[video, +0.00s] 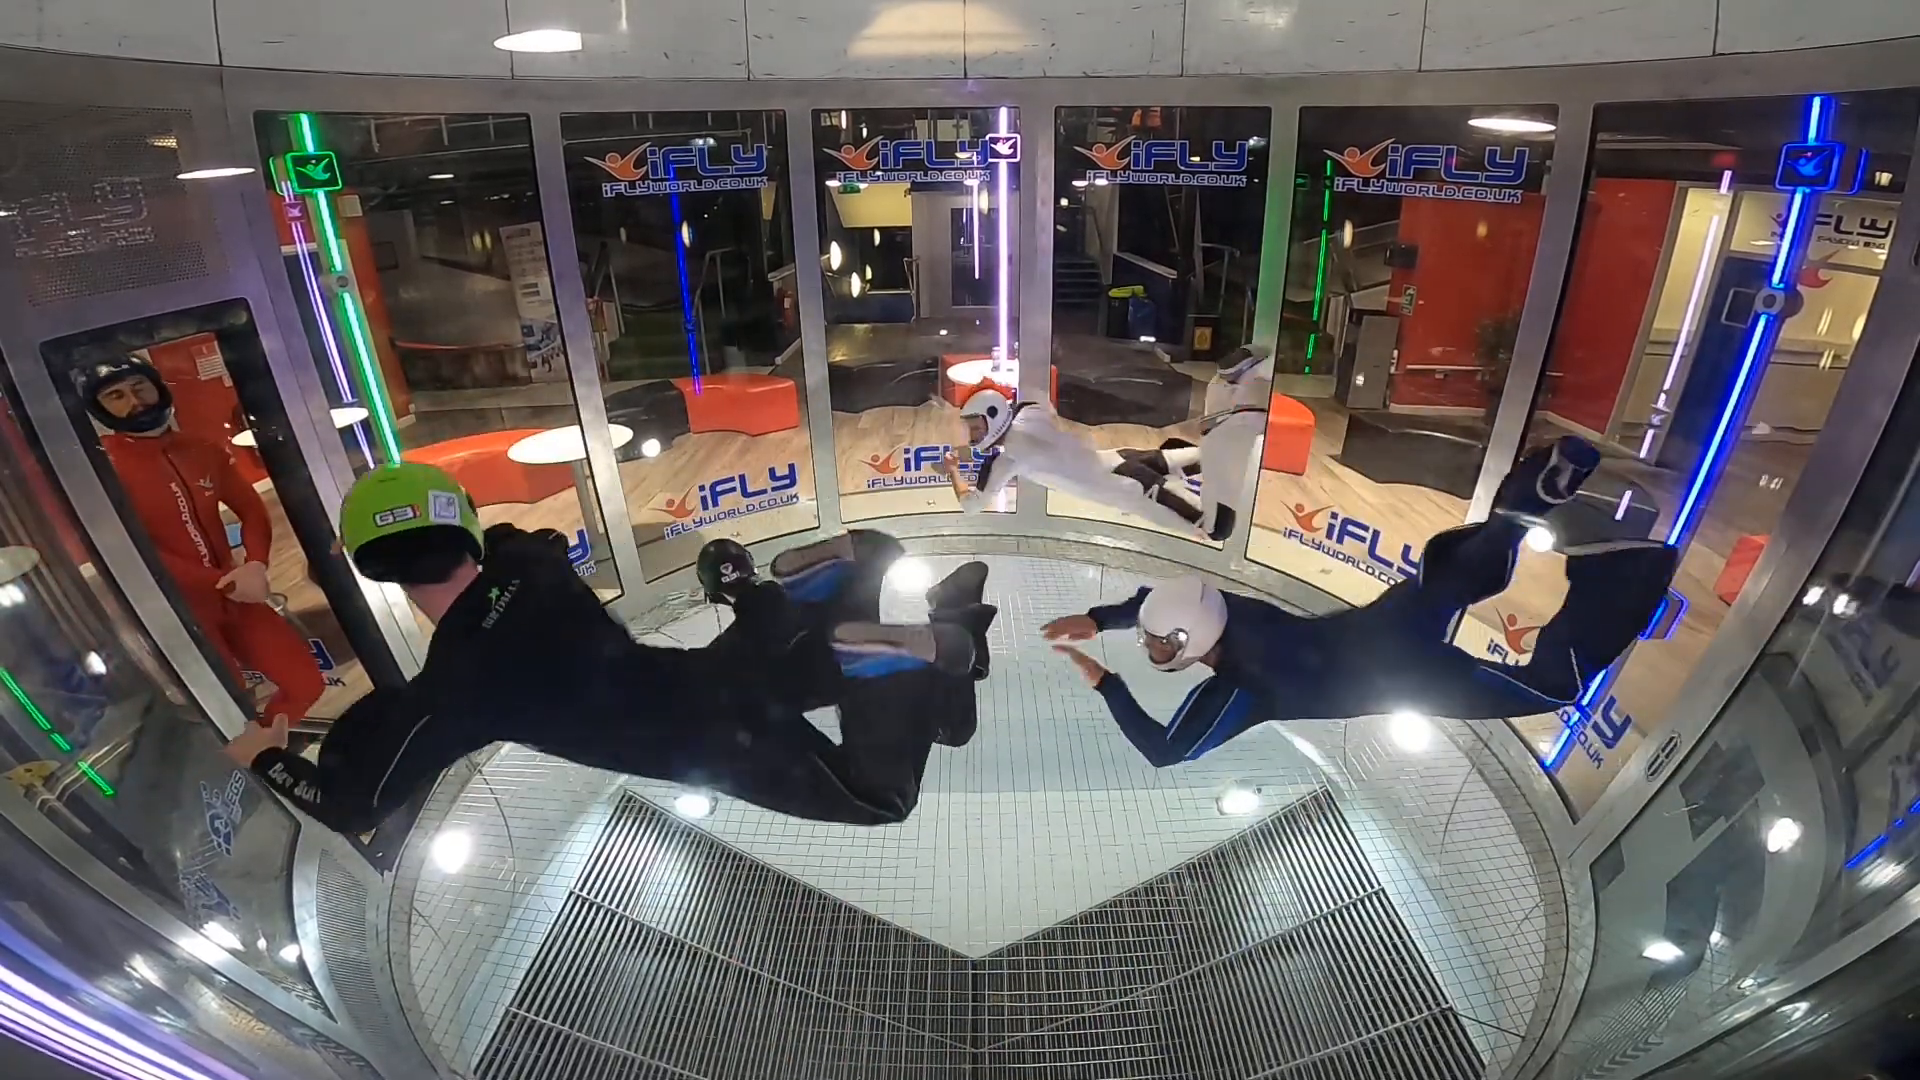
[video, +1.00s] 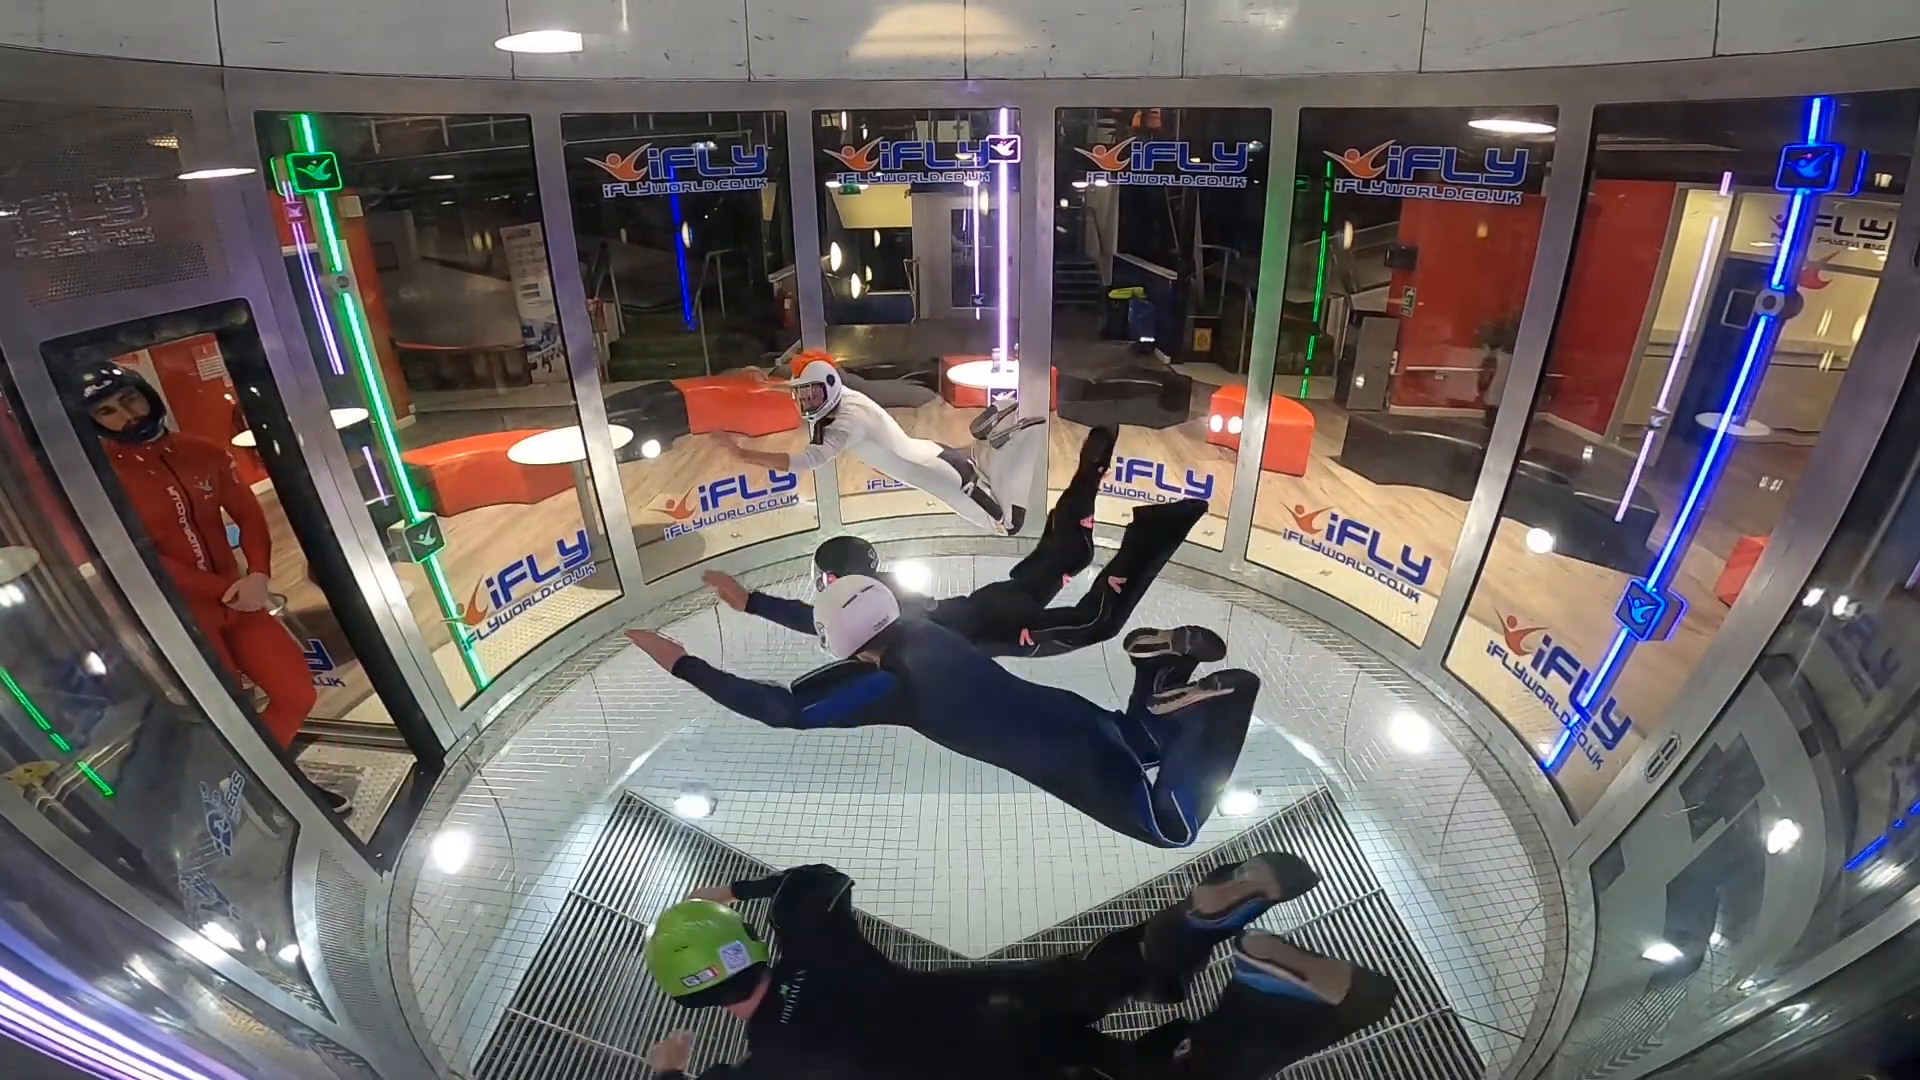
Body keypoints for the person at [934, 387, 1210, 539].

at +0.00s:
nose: (971, 433)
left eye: (975, 426)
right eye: (968, 426)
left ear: (994, 421)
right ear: (999, 414)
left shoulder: (1009, 456)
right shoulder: (1031, 413)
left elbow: (971, 504)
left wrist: (953, 474)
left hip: (1116, 483)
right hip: (1116, 457)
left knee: (1208, 524)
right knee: (1166, 458)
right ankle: (1221, 454)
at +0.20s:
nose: (915, 410)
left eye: (920, 401)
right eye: (911, 402)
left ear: (940, 397)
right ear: (944, 393)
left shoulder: (953, 435)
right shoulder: (969, 400)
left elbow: (925, 488)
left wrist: (897, 473)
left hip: (1055, 476)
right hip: (1054, 449)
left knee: (1139, 520)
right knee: (1094, 454)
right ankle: (1143, 455)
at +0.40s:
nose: (862, 402)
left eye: (868, 393)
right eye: (857, 396)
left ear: (886, 388)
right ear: (863, 392)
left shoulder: (901, 419)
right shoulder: (898, 394)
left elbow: (858, 469)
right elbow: (871, 406)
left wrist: (813, 437)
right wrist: (849, 407)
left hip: (998, 468)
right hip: (990, 452)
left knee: (1078, 508)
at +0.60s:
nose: (824, 394)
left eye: (829, 385)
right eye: (818, 388)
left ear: (847, 381)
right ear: (816, 387)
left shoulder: (865, 410)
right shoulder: (854, 398)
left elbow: (830, 454)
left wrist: (769, 454)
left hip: (957, 464)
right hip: (947, 449)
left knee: (1033, 507)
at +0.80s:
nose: (803, 394)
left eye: (809, 386)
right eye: (797, 388)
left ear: (827, 381)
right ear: (795, 388)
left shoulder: (848, 408)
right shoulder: (829, 399)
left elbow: (813, 455)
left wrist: (752, 445)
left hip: (939, 467)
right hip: (921, 454)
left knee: (1004, 514)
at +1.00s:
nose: (804, 400)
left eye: (811, 393)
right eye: (800, 394)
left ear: (829, 390)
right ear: (801, 392)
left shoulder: (848, 420)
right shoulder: (830, 391)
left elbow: (803, 462)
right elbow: (808, 378)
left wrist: (748, 454)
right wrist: (774, 380)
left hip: (917, 466)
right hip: (909, 448)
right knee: (932, 453)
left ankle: (1004, 519)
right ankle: (968, 461)